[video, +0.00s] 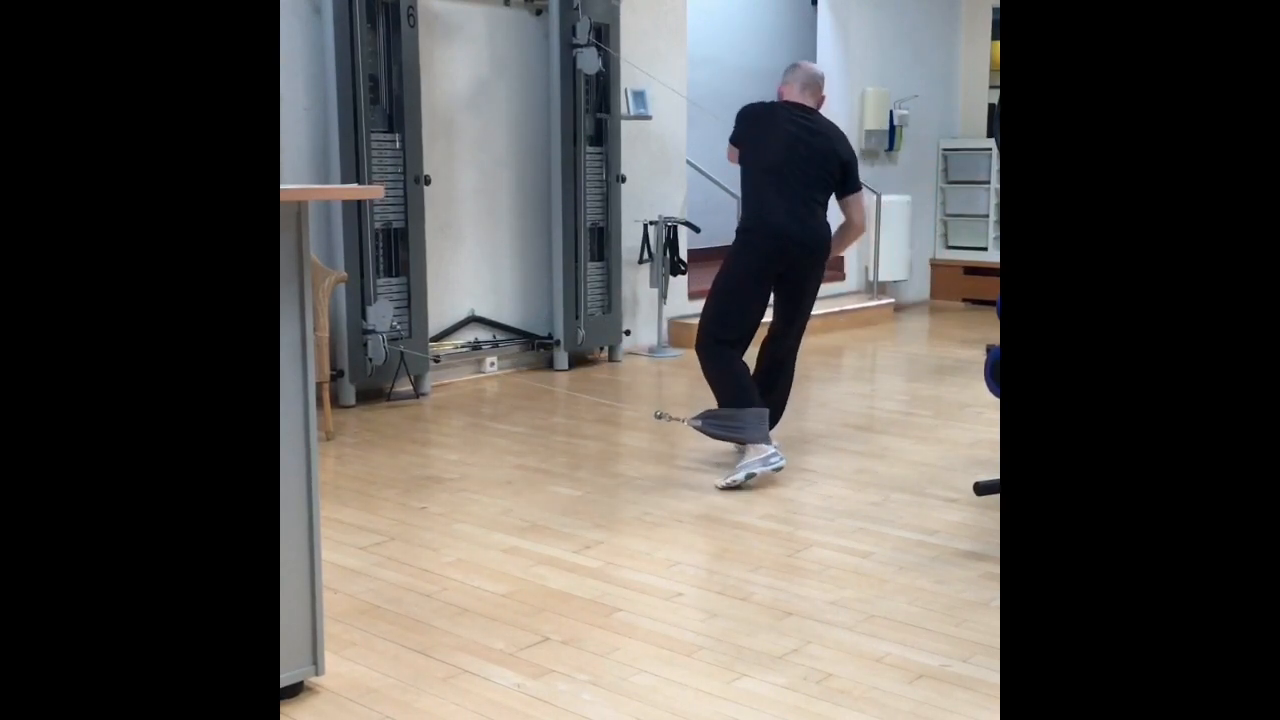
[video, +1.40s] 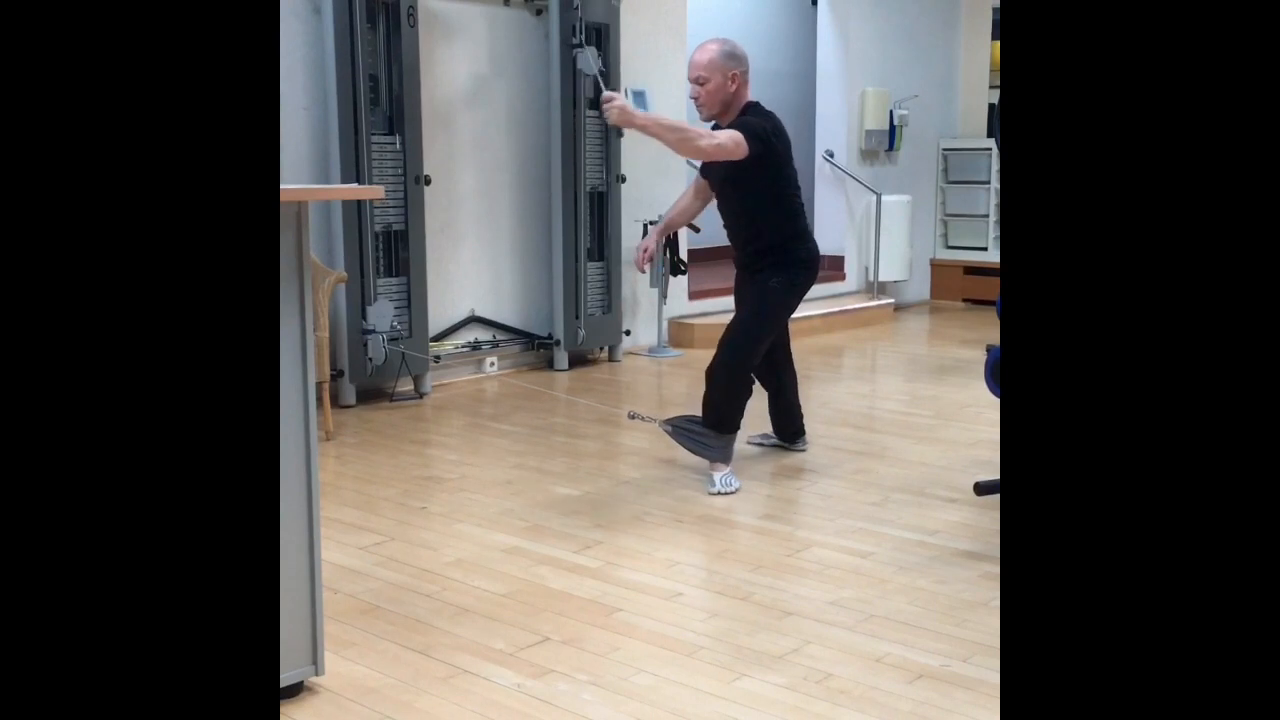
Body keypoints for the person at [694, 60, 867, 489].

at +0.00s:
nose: (782, 95)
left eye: (781, 89)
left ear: (782, 88)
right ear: (822, 100)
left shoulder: (754, 114)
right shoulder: (837, 141)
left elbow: (735, 156)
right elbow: (855, 222)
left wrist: (776, 145)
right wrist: (825, 251)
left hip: (757, 245)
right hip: (808, 256)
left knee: (715, 343)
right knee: (781, 348)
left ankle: (758, 445)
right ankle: (753, 439)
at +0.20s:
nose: (760, 88)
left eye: (762, 82)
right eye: (765, 84)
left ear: (767, 81)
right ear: (803, 88)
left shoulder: (742, 113)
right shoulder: (825, 133)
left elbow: (713, 154)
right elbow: (844, 218)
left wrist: (748, 145)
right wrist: (813, 239)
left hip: (766, 246)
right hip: (814, 251)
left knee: (711, 347)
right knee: (780, 343)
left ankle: (760, 452)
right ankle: (763, 436)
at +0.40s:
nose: (734, 87)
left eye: (736, 81)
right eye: (737, 81)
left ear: (745, 79)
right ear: (778, 81)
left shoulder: (730, 114)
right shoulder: (808, 124)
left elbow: (682, 148)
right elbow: (823, 199)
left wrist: (693, 126)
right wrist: (826, 253)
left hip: (781, 249)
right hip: (820, 249)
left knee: (716, 349)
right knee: (777, 343)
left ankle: (765, 460)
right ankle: (780, 432)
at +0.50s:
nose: (723, 86)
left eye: (724, 78)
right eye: (724, 78)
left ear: (737, 76)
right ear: (768, 78)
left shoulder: (730, 115)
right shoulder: (798, 121)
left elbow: (669, 148)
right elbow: (803, 200)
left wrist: (671, 123)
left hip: (789, 251)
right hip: (819, 249)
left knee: (722, 347)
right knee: (780, 342)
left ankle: (761, 461)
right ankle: (786, 429)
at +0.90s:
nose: (698, 85)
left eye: (705, 75)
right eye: (699, 75)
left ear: (735, 77)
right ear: (737, 78)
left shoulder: (745, 124)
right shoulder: (763, 120)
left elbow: (656, 159)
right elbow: (742, 198)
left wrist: (621, 132)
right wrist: (694, 234)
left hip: (795, 259)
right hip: (788, 256)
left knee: (742, 341)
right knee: (775, 344)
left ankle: (750, 462)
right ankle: (790, 431)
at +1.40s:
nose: (693, 91)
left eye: (702, 82)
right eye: (691, 82)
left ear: (736, 81)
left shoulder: (761, 126)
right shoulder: (717, 137)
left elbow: (708, 146)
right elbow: (699, 194)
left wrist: (635, 118)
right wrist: (658, 232)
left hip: (788, 263)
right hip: (752, 266)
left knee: (733, 353)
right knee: (771, 352)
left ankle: (719, 463)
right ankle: (791, 434)